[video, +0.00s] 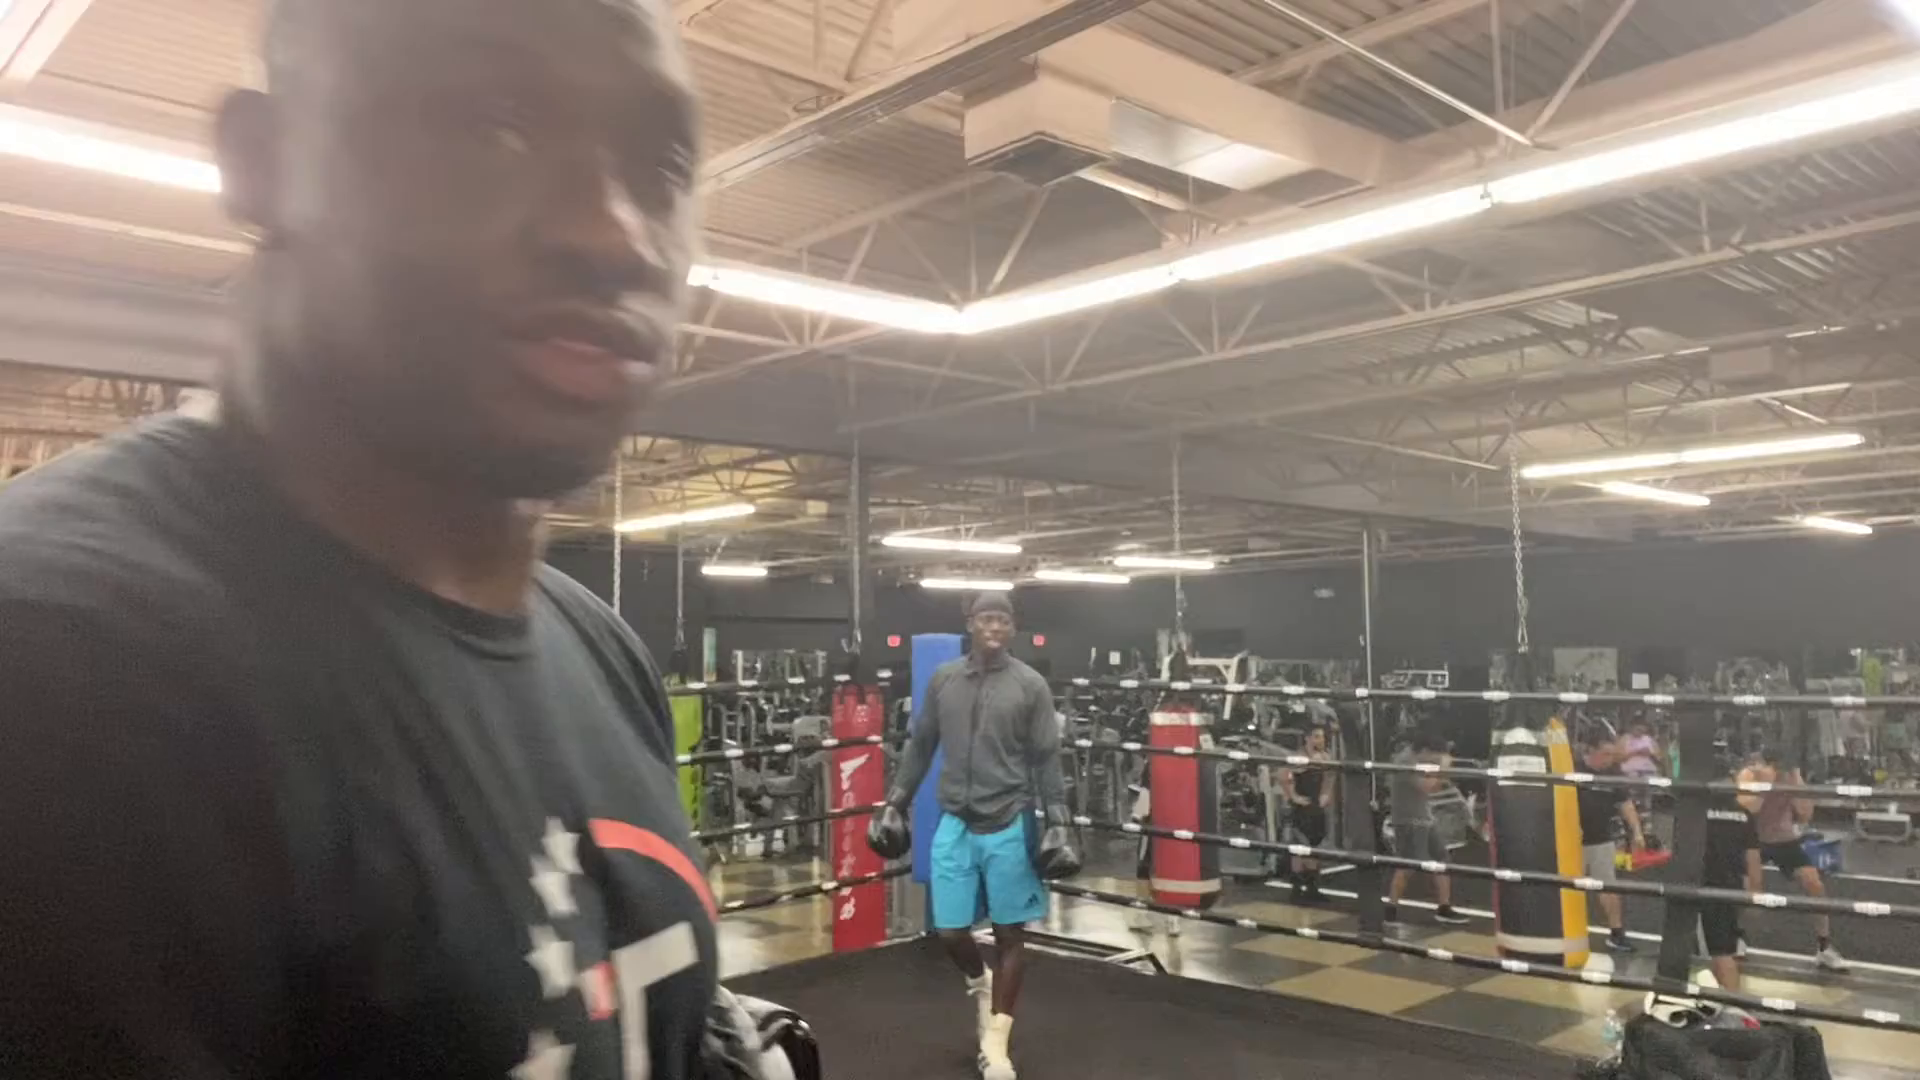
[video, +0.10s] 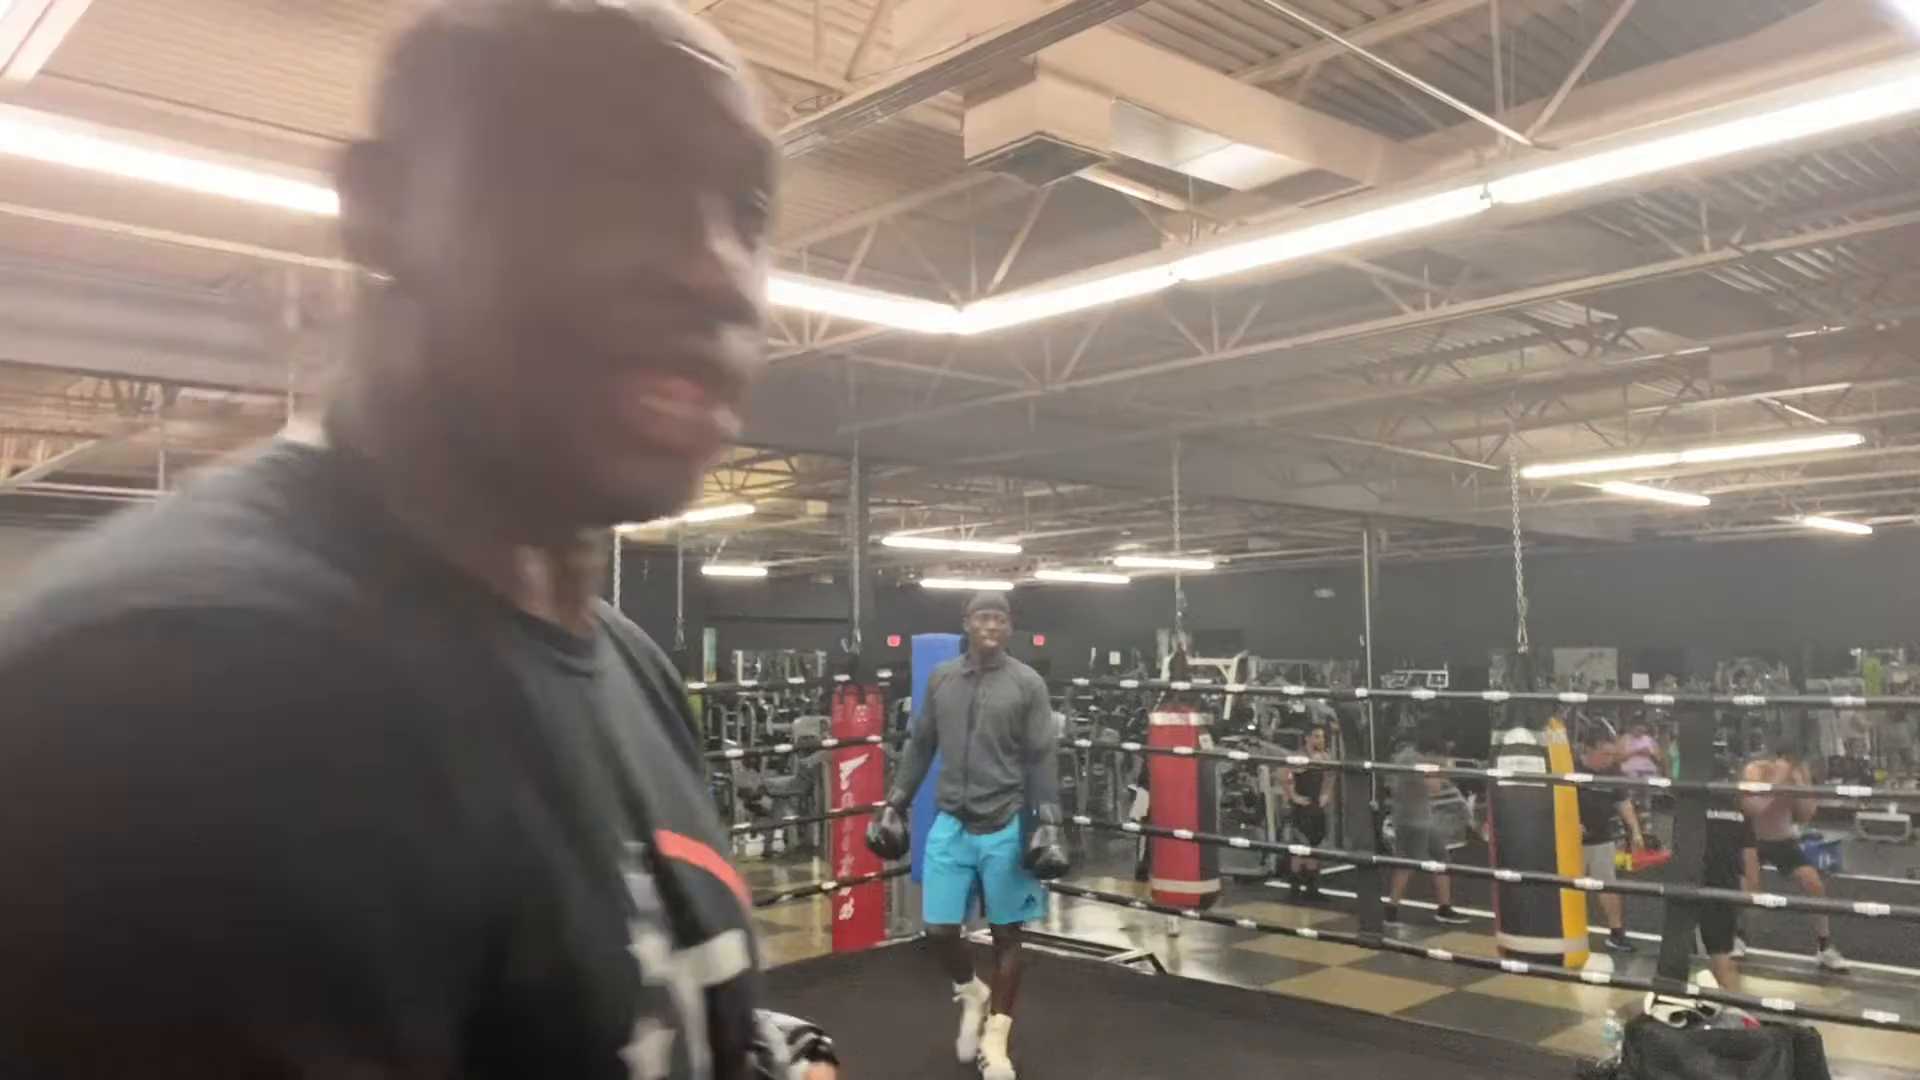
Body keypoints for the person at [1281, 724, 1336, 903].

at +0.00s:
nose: (1320, 741)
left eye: (1322, 737)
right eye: (1316, 736)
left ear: (1325, 740)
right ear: (1307, 739)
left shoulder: (1327, 758)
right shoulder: (1297, 758)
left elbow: (1330, 778)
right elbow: (1285, 777)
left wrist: (1326, 794)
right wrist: (1293, 796)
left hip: (1318, 803)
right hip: (1300, 803)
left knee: (1316, 843)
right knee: (1300, 843)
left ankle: (1313, 883)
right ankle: (1297, 883)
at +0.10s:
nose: (1320, 740)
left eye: (1322, 737)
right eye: (1316, 736)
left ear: (1325, 740)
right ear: (1307, 739)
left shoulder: (1327, 758)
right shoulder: (1297, 758)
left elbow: (1329, 778)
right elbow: (1286, 778)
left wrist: (1326, 795)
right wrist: (1293, 796)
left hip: (1318, 802)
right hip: (1300, 803)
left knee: (1316, 843)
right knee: (1300, 843)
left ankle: (1312, 883)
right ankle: (1295, 883)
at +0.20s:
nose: (1320, 741)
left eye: (1322, 737)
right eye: (1316, 737)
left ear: (1325, 741)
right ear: (1307, 739)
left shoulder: (1327, 760)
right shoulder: (1296, 759)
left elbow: (1330, 779)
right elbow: (1287, 779)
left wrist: (1326, 795)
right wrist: (1294, 796)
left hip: (1318, 803)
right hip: (1300, 803)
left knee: (1315, 844)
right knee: (1299, 843)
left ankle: (1312, 883)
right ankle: (1293, 883)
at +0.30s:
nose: (1317, 741)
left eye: (1319, 737)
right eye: (1313, 737)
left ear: (1322, 740)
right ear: (1304, 739)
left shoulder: (1326, 759)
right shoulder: (1295, 759)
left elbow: (1330, 779)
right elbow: (1285, 782)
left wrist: (1326, 795)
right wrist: (1294, 797)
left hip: (1318, 804)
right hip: (1299, 805)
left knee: (1315, 847)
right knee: (1297, 845)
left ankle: (1311, 885)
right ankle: (1289, 885)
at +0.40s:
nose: (1315, 740)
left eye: (1316, 737)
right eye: (1311, 737)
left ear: (1321, 740)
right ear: (1302, 740)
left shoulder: (1324, 760)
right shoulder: (1294, 759)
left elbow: (1329, 780)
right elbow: (1283, 781)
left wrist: (1325, 795)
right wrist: (1292, 797)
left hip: (1317, 805)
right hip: (1298, 805)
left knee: (1314, 847)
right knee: (1296, 845)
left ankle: (1312, 885)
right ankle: (1289, 885)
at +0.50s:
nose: (1312, 740)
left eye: (1314, 737)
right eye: (1308, 737)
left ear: (1317, 740)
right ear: (1300, 739)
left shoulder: (1321, 759)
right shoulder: (1291, 760)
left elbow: (1326, 780)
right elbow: (1283, 783)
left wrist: (1323, 795)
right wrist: (1293, 799)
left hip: (1314, 805)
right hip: (1296, 806)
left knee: (1313, 847)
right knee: (1294, 846)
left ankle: (1311, 886)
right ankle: (1289, 886)